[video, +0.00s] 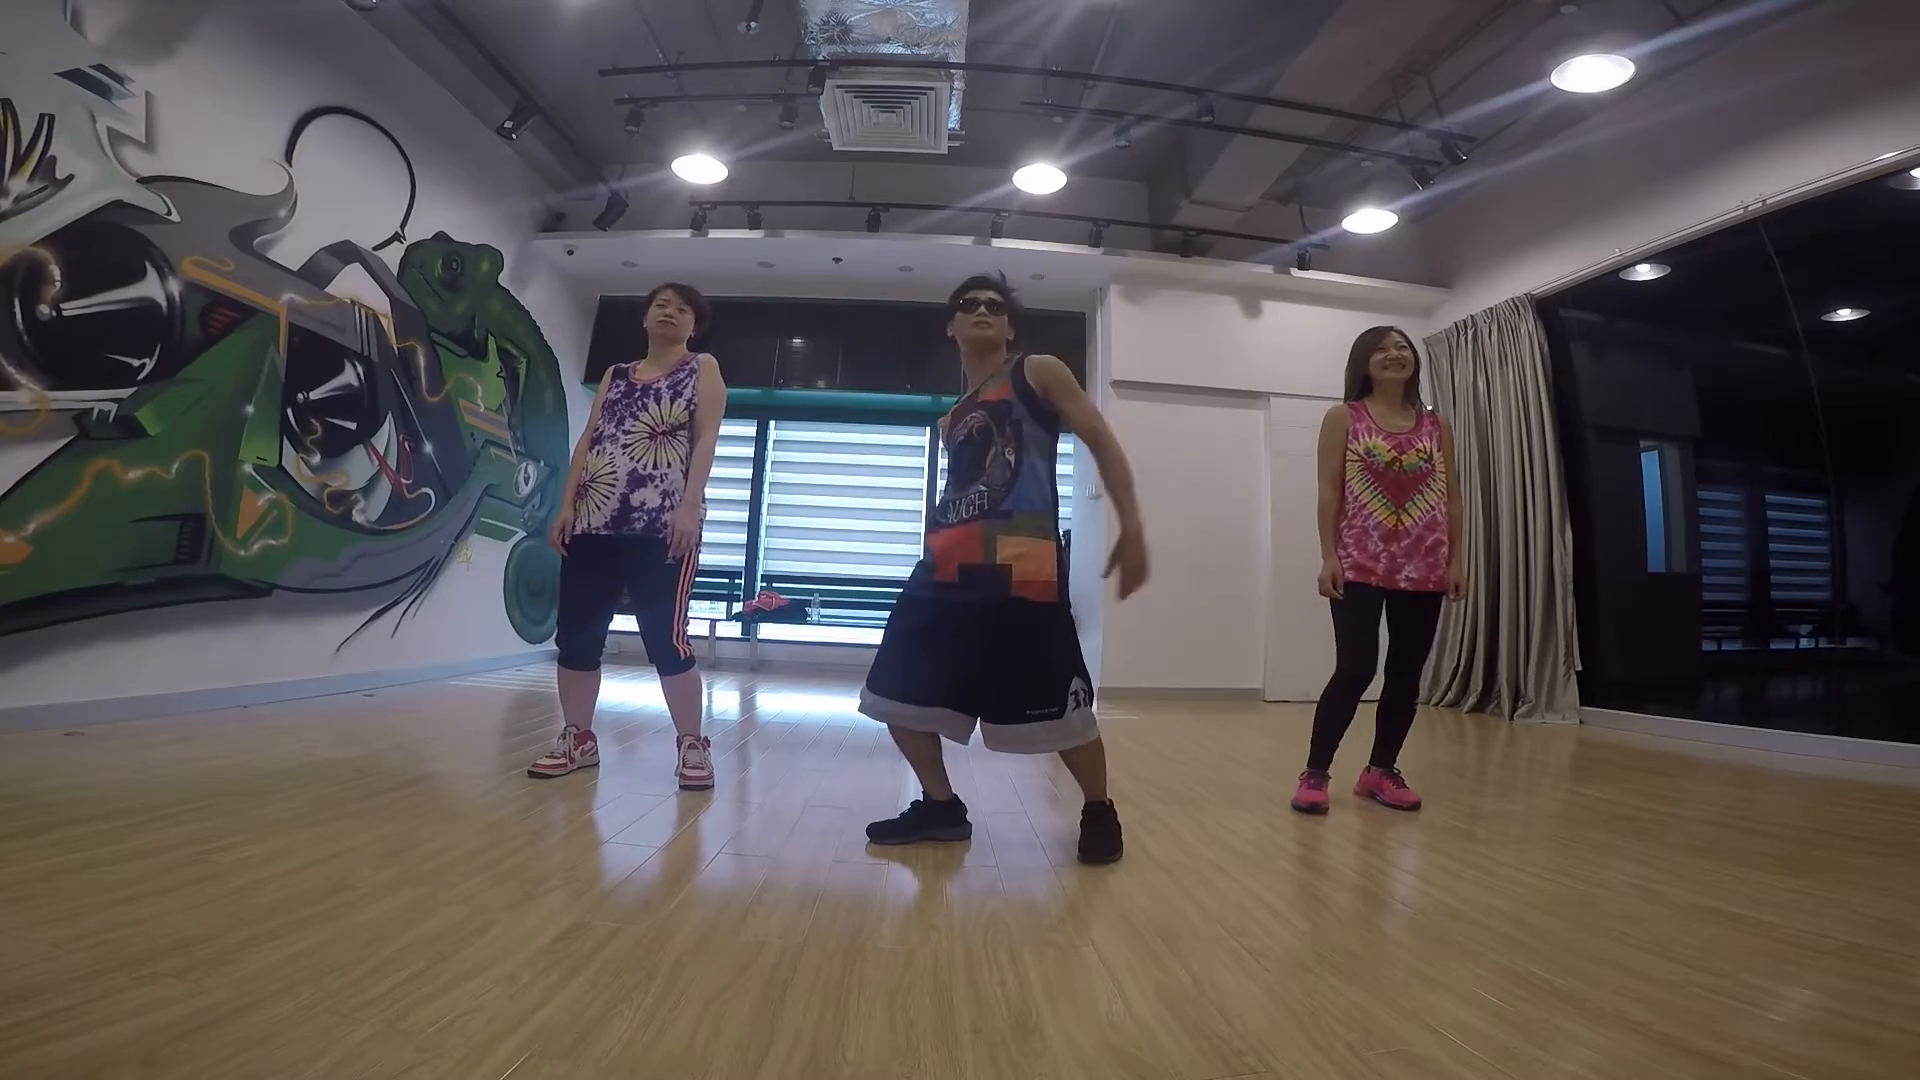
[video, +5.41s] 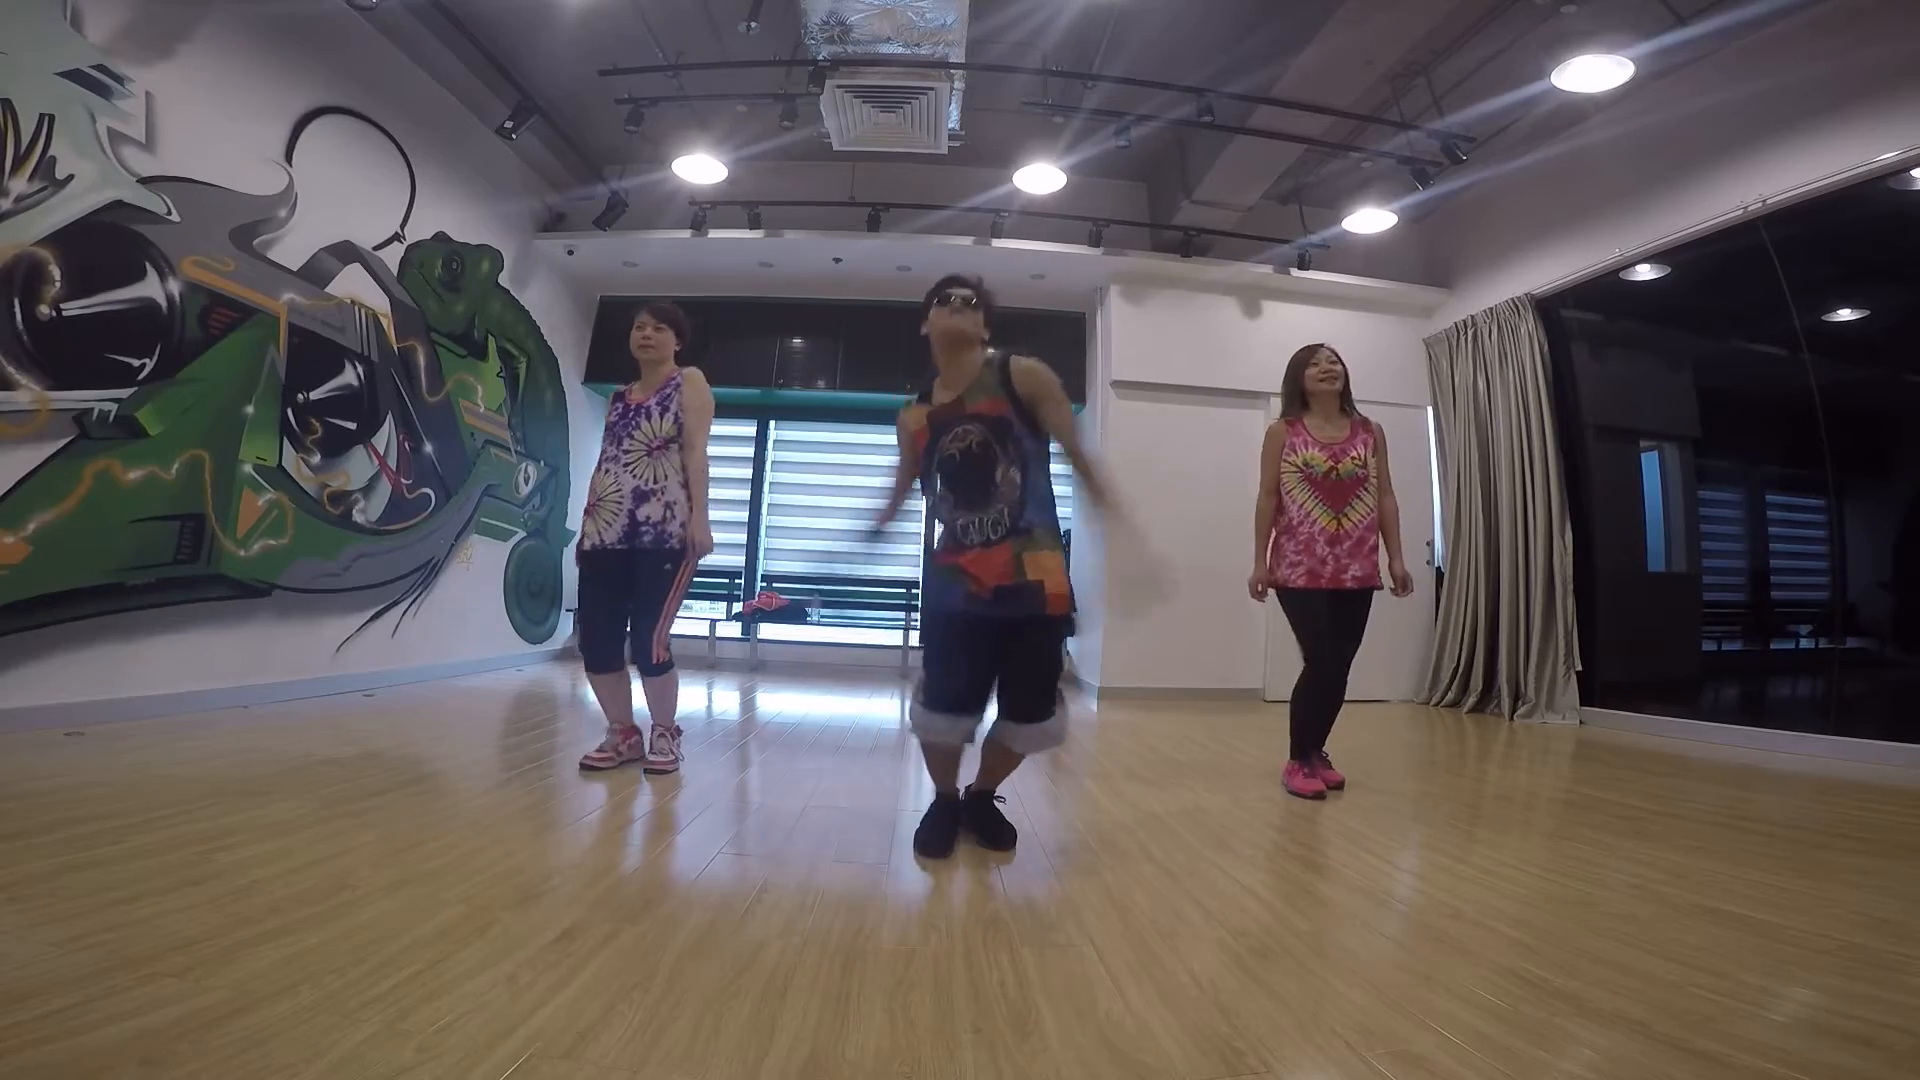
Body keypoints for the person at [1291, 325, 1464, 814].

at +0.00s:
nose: (1394, 354)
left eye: (1402, 348)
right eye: (1382, 349)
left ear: (1415, 362)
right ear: (1364, 364)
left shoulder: (1435, 424)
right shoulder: (1343, 417)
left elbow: (1450, 495)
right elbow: (1330, 489)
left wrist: (1456, 559)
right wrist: (1329, 557)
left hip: (1422, 569)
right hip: (1359, 566)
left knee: (1404, 676)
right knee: (1356, 670)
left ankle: (1381, 771)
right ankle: (1316, 774)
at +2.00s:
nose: (1363, 341)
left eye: (1370, 337)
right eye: (1349, 336)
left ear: (1380, 357)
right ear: (1327, 355)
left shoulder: (1392, 421)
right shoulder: (1300, 406)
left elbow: (1400, 494)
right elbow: (1279, 476)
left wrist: (1411, 552)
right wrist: (1271, 543)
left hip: (1368, 565)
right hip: (1301, 559)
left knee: (1384, 671)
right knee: (1305, 668)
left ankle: (1355, 762)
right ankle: (1283, 783)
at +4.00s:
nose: (1319, 371)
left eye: (1327, 366)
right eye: (1307, 367)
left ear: (1339, 379)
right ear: (1292, 384)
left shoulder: (1362, 433)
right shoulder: (1277, 433)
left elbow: (1380, 496)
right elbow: (1263, 497)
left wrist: (1397, 551)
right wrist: (1251, 557)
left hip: (1352, 567)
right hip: (1295, 564)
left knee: (1336, 660)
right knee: (1327, 655)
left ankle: (1307, 751)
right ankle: (1284, 749)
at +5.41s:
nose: (1326, 367)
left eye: (1334, 361)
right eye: (1314, 363)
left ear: (1346, 375)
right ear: (1298, 380)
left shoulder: (1368, 431)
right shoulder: (1283, 432)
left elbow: (1385, 496)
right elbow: (1268, 497)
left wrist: (1396, 556)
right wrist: (1260, 561)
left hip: (1357, 570)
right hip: (1298, 569)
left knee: (1338, 668)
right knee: (1321, 663)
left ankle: (1316, 754)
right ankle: (1299, 761)